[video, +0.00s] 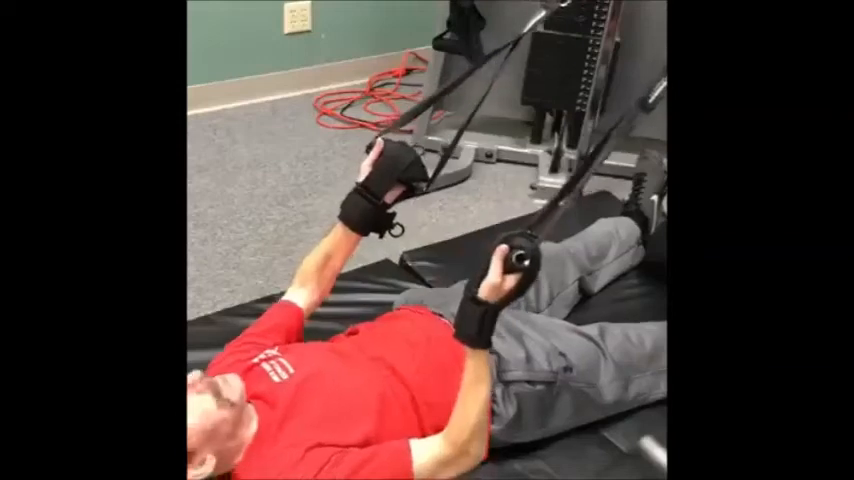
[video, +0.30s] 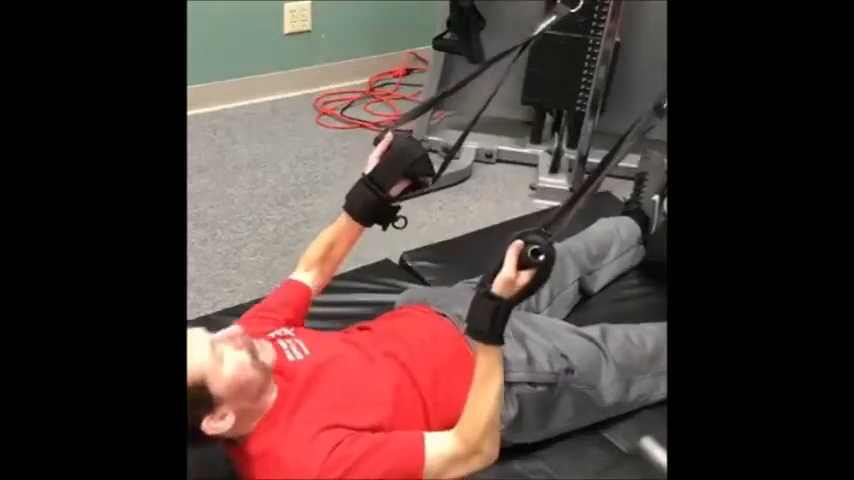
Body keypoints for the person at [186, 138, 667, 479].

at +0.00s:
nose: (201, 378)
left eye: (186, 380)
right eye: (193, 402)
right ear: (200, 463)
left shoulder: (237, 361)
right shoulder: (290, 471)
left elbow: (308, 289)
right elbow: (458, 450)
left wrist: (365, 203)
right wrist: (481, 317)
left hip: (428, 315)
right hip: (486, 387)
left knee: (544, 266)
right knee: (638, 354)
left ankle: (635, 225)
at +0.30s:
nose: (234, 337)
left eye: (216, 337)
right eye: (222, 354)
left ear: (222, 329)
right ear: (220, 420)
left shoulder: (251, 340)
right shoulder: (301, 462)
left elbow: (312, 271)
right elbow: (473, 448)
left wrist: (372, 190)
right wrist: (495, 311)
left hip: (437, 311)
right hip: (494, 378)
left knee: (546, 267)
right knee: (636, 355)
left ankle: (635, 224)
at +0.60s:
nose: (284, 282)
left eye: (269, 278)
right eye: (271, 293)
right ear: (252, 354)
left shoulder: (274, 315)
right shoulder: (324, 433)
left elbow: (320, 251)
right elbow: (487, 438)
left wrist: (375, 188)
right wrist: (507, 307)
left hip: (446, 306)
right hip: (500, 373)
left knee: (555, 261)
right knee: (645, 355)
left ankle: (632, 224)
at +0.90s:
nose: (332, 236)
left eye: (319, 231)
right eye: (319, 243)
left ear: (286, 295)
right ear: (292, 295)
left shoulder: (270, 302)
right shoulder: (341, 396)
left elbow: (328, 237)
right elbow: (496, 432)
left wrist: (383, 179)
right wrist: (519, 292)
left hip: (454, 306)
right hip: (507, 377)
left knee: (605, 230)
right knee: (653, 351)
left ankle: (636, 222)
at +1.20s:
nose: (381, 198)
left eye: (372, 189)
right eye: (371, 197)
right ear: (340, 238)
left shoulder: (282, 268)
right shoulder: (371, 355)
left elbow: (324, 206)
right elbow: (512, 424)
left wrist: (395, 161)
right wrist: (539, 284)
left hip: (454, 304)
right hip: (506, 369)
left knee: (559, 259)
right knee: (659, 349)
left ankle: (634, 221)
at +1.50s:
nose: (429, 177)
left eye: (428, 165)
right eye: (425, 169)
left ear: (336, 184)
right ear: (394, 195)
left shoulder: (310, 228)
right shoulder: (409, 318)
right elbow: (527, 416)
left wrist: (406, 142)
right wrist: (559, 277)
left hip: (456, 307)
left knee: (558, 258)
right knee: (661, 348)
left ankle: (638, 221)